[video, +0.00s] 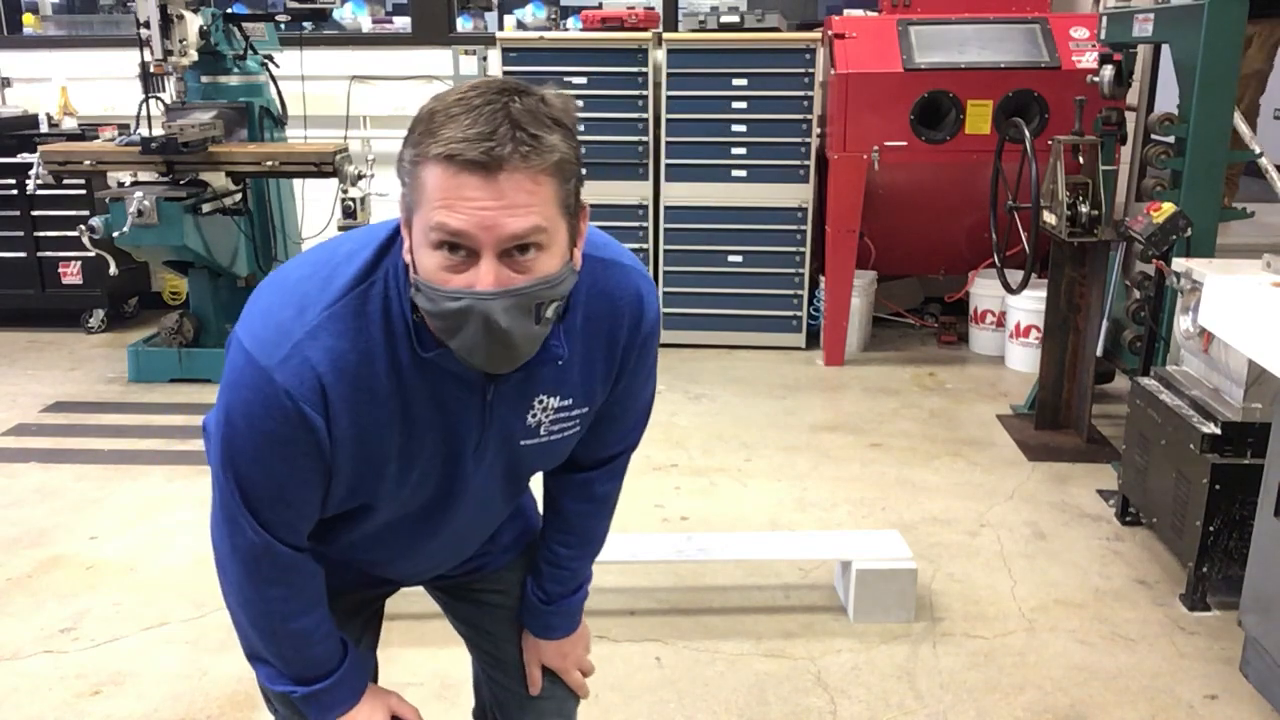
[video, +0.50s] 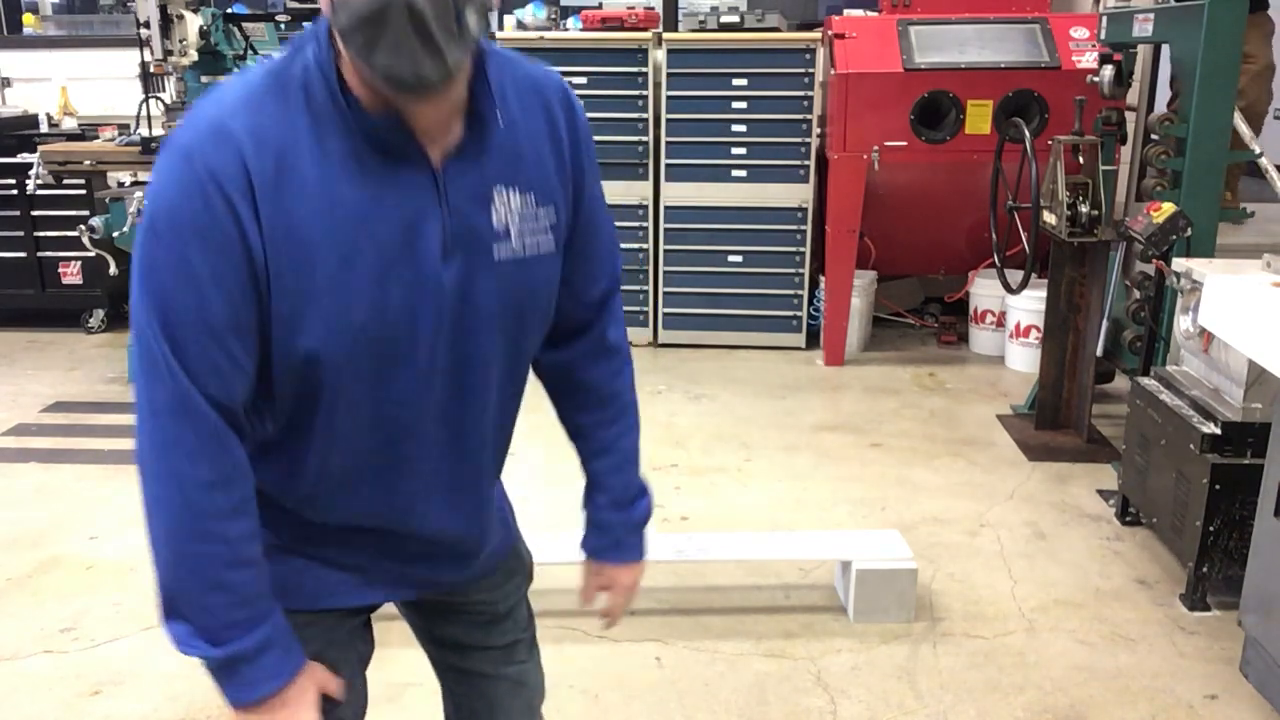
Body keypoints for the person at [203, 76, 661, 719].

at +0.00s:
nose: (487, 290)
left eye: (522, 251)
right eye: (454, 250)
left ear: (578, 232)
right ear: (408, 236)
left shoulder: (617, 304)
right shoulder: (290, 359)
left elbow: (590, 471)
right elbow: (258, 555)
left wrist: (554, 612)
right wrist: (336, 692)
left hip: (484, 519)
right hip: (330, 539)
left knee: (543, 696)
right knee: (312, 702)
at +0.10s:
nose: (478, 286)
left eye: (512, 247)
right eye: (446, 246)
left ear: (570, 229)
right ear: (399, 231)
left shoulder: (612, 301)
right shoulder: (284, 355)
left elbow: (587, 471)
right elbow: (256, 555)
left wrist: (553, 616)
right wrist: (333, 693)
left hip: (482, 522)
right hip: (327, 545)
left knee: (543, 701)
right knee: (313, 704)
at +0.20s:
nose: (471, 239)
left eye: (503, 202)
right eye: (439, 201)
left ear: (560, 190)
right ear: (386, 189)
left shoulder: (599, 273)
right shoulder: (276, 320)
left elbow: (581, 455)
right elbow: (256, 539)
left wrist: (556, 612)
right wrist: (327, 693)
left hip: (477, 517)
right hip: (324, 539)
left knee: (539, 696)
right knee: (306, 704)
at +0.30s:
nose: (455, 151)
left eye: (487, 115)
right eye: (421, 115)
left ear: (542, 113)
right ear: (369, 119)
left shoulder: (581, 221)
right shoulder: (258, 270)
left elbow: (582, 418)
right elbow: (244, 509)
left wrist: (575, 585)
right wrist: (317, 691)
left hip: (466, 510)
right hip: (312, 532)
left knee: (529, 686)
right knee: (306, 707)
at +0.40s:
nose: (430, 53)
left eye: (459, 16)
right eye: (392, 20)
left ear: (517, 27)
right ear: (340, 36)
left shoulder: (561, 161)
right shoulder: (239, 210)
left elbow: (588, 366)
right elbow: (215, 470)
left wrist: (596, 543)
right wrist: (286, 674)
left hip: (463, 513)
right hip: (305, 534)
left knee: (514, 696)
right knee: (309, 710)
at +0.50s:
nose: (416, 15)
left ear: (480, 9)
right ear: (327, 10)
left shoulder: (542, 116)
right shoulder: (222, 159)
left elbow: (586, 330)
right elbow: (184, 434)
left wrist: (616, 517)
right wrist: (254, 665)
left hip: (463, 519)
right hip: (297, 538)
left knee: (510, 704)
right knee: (314, 709)